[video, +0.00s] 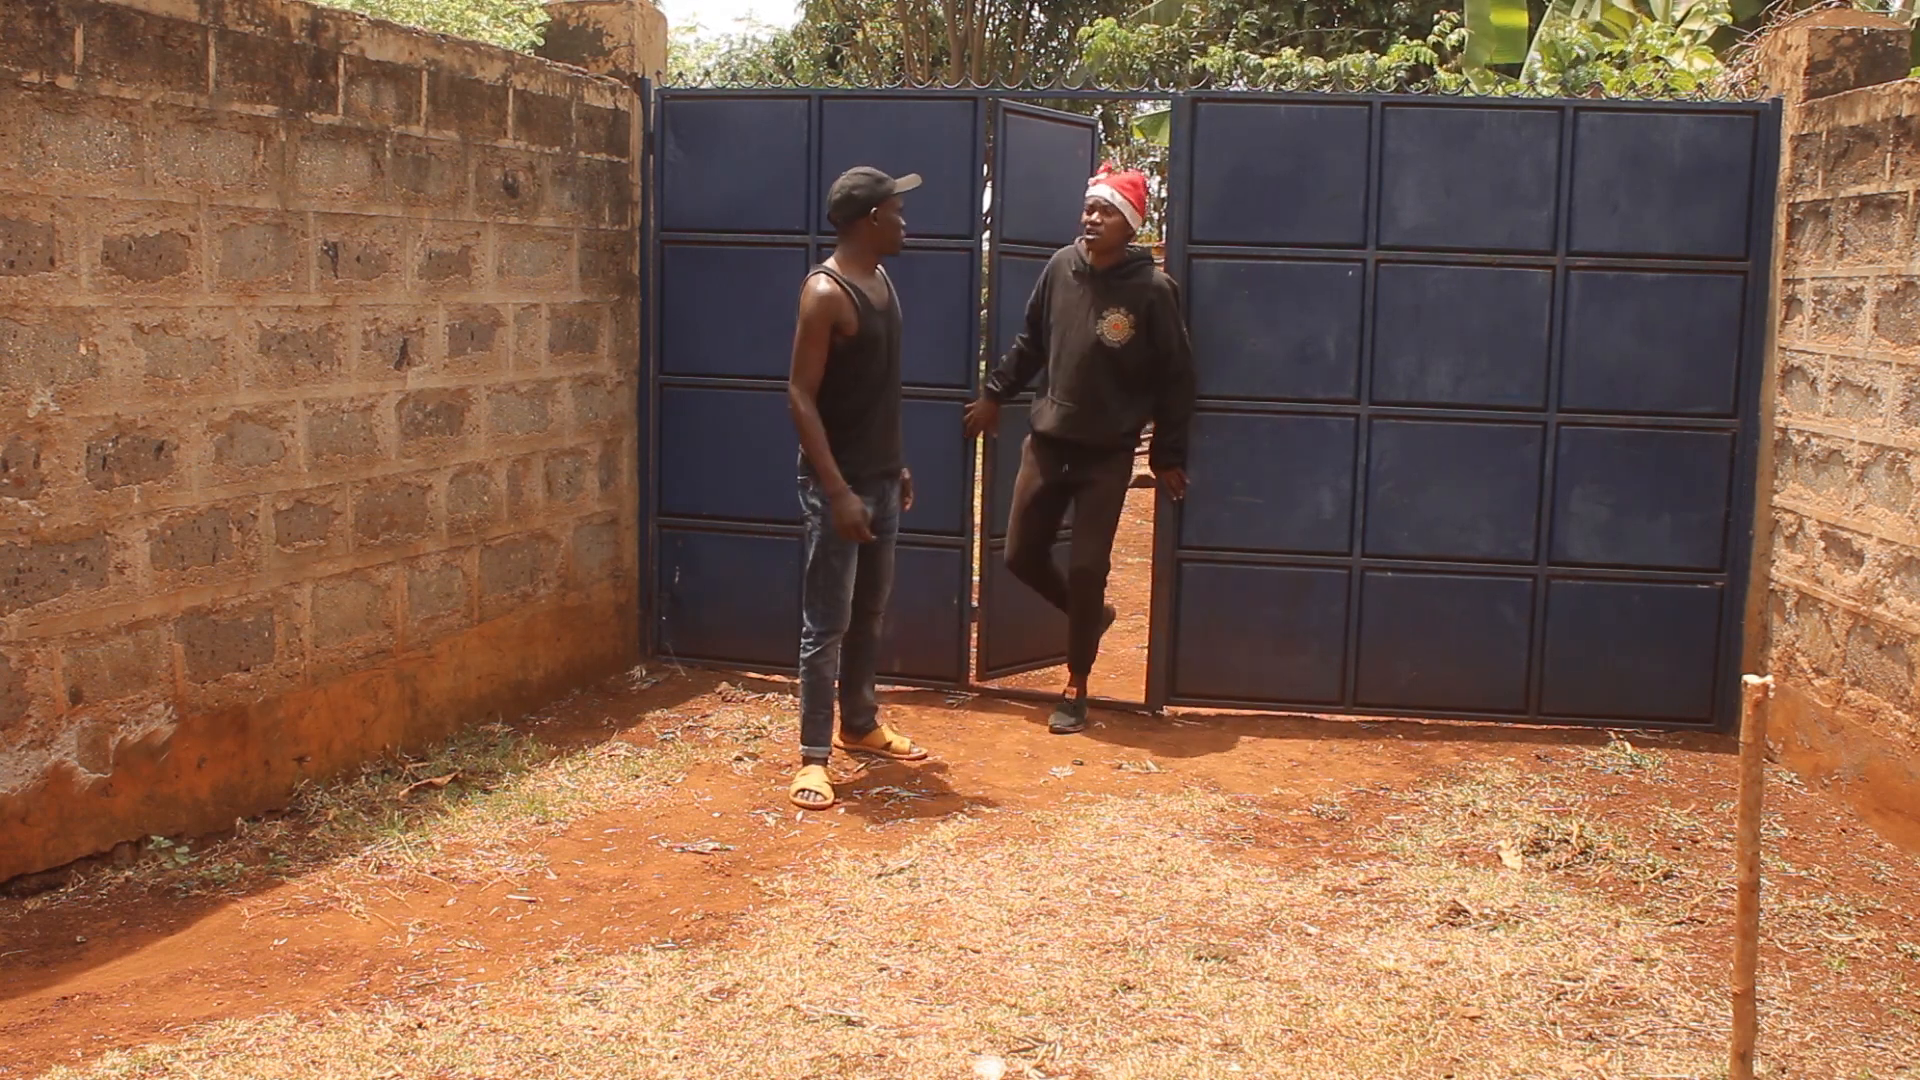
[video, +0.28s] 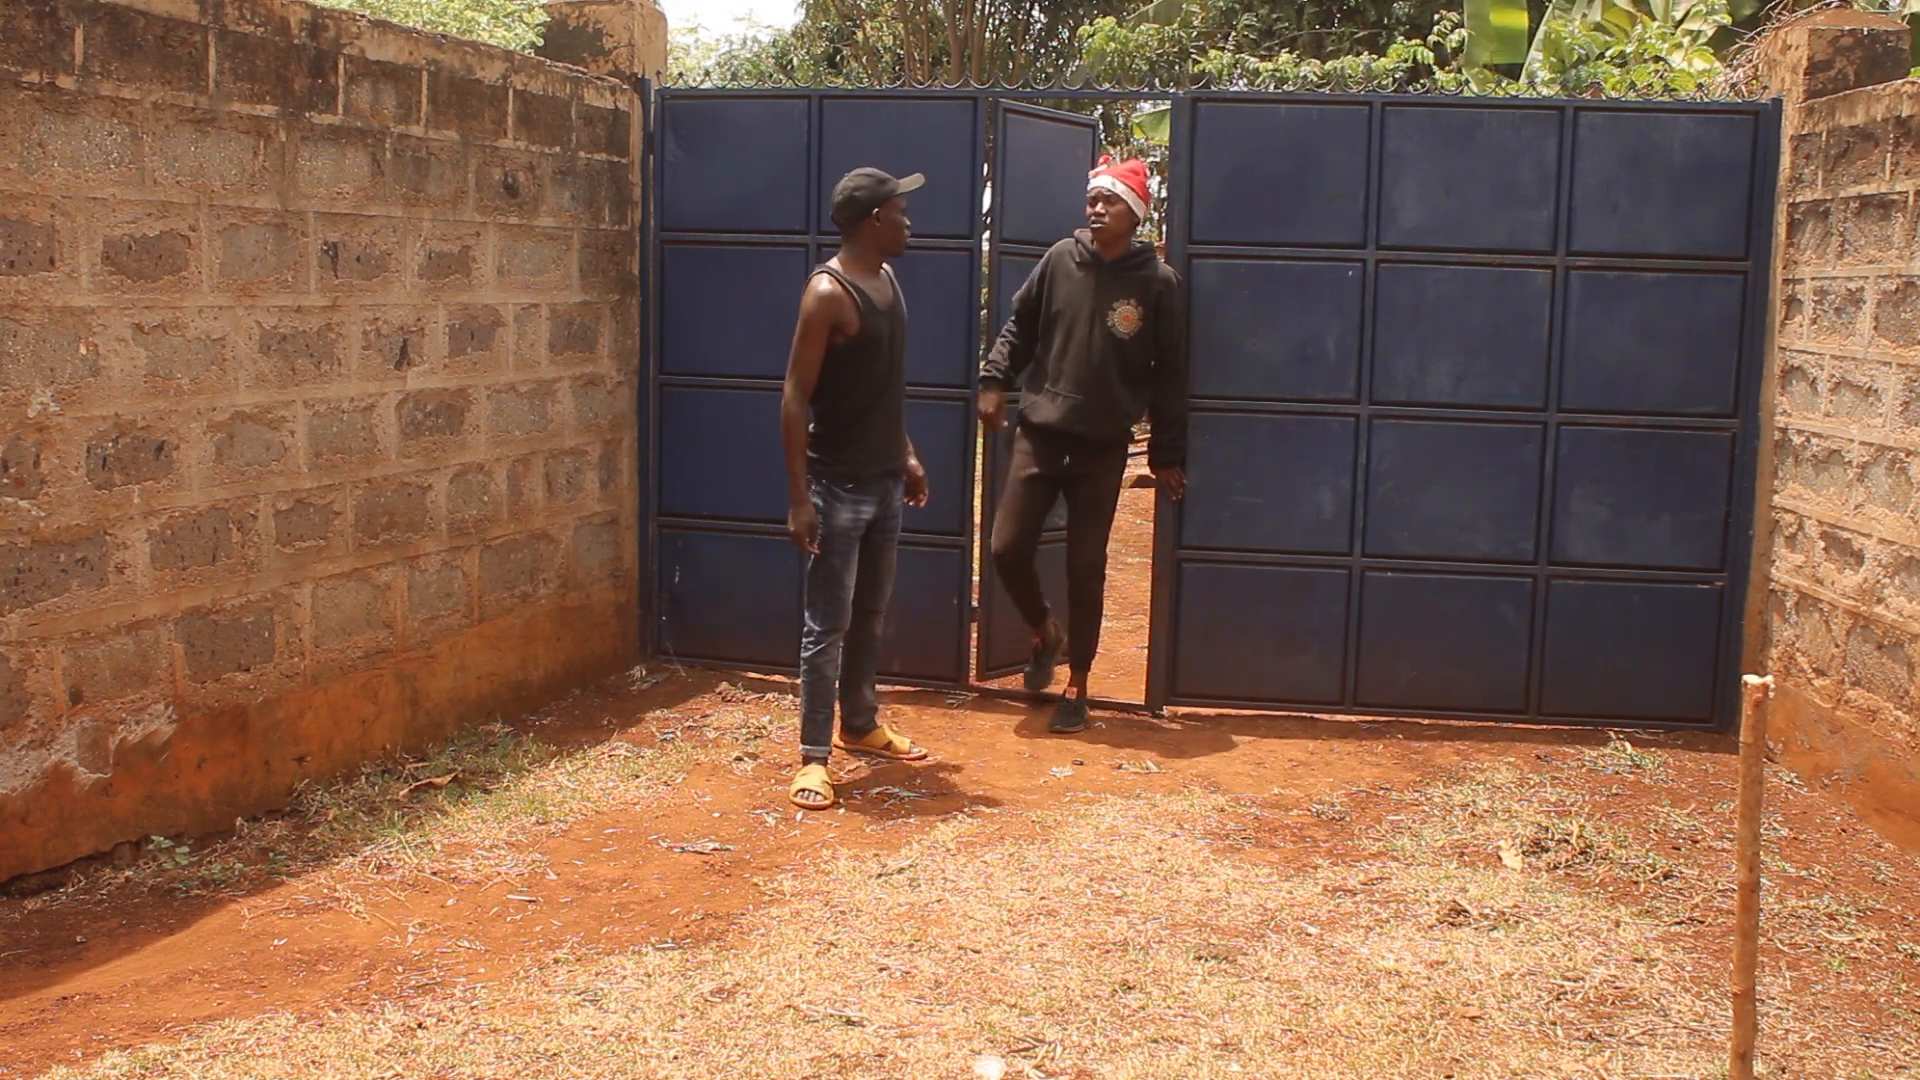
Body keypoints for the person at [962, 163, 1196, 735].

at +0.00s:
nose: (1091, 218)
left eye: (1105, 211)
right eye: (1088, 208)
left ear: (1133, 224)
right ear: (1081, 214)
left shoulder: (1154, 289)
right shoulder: (1062, 264)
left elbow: (1176, 378)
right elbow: (1032, 340)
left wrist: (1169, 455)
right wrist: (993, 395)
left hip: (1108, 449)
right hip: (1046, 440)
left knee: (1086, 568)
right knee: (1021, 556)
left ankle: (1074, 693)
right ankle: (1091, 611)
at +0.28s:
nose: (1097, 208)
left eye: (1110, 201)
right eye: (1093, 199)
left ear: (1137, 212)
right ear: (1086, 205)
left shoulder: (1158, 282)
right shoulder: (1060, 257)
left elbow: (1169, 375)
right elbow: (1019, 325)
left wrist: (1168, 454)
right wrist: (993, 380)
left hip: (1102, 443)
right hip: (1038, 433)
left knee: (1086, 566)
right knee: (1006, 549)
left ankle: (1078, 687)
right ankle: (1045, 634)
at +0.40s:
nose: (1093, 208)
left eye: (1105, 199)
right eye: (1088, 198)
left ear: (1133, 207)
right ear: (1082, 204)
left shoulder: (1157, 280)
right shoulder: (1058, 256)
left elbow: (1168, 374)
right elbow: (1007, 305)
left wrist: (1166, 456)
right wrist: (1005, 318)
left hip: (1100, 441)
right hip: (1036, 430)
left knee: (1085, 565)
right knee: (1008, 555)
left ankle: (1076, 688)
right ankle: (1021, 671)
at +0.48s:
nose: (1088, 209)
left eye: (1099, 199)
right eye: (1082, 200)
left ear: (1128, 204)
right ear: (1075, 205)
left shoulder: (1153, 277)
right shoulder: (1051, 258)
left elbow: (1166, 370)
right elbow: (993, 313)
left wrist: (1166, 454)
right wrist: (1004, 259)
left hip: (1099, 440)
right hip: (1034, 431)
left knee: (1086, 567)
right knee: (1015, 559)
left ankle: (1076, 688)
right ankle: (1001, 685)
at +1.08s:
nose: (1075, 210)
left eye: (1088, 201)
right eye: (1068, 199)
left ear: (1110, 209)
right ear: (1058, 203)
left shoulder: (1125, 281)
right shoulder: (1028, 254)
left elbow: (1145, 375)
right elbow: (976, 325)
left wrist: (1163, 454)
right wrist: (1022, 327)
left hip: (1080, 444)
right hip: (1013, 438)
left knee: (1074, 567)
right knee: (1004, 567)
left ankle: (1075, 690)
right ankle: (993, 692)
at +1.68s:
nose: (1088, 223)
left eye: (1101, 215)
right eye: (1084, 212)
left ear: (1129, 220)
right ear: (1077, 212)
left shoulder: (1149, 285)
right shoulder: (1054, 257)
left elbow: (1153, 378)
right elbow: (1003, 308)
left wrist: (1160, 459)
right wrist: (1002, 355)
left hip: (1087, 439)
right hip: (1022, 425)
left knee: (1075, 567)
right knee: (996, 555)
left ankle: (1074, 687)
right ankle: (997, 679)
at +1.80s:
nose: (1097, 222)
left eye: (1110, 214)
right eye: (1093, 211)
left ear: (1138, 221)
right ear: (1088, 213)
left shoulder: (1156, 283)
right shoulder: (1067, 263)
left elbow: (1159, 377)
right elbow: (1024, 314)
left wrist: (1159, 458)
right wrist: (979, 338)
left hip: (1098, 435)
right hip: (1038, 425)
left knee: (1081, 564)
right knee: (1000, 540)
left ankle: (1075, 686)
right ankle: (1043, 608)